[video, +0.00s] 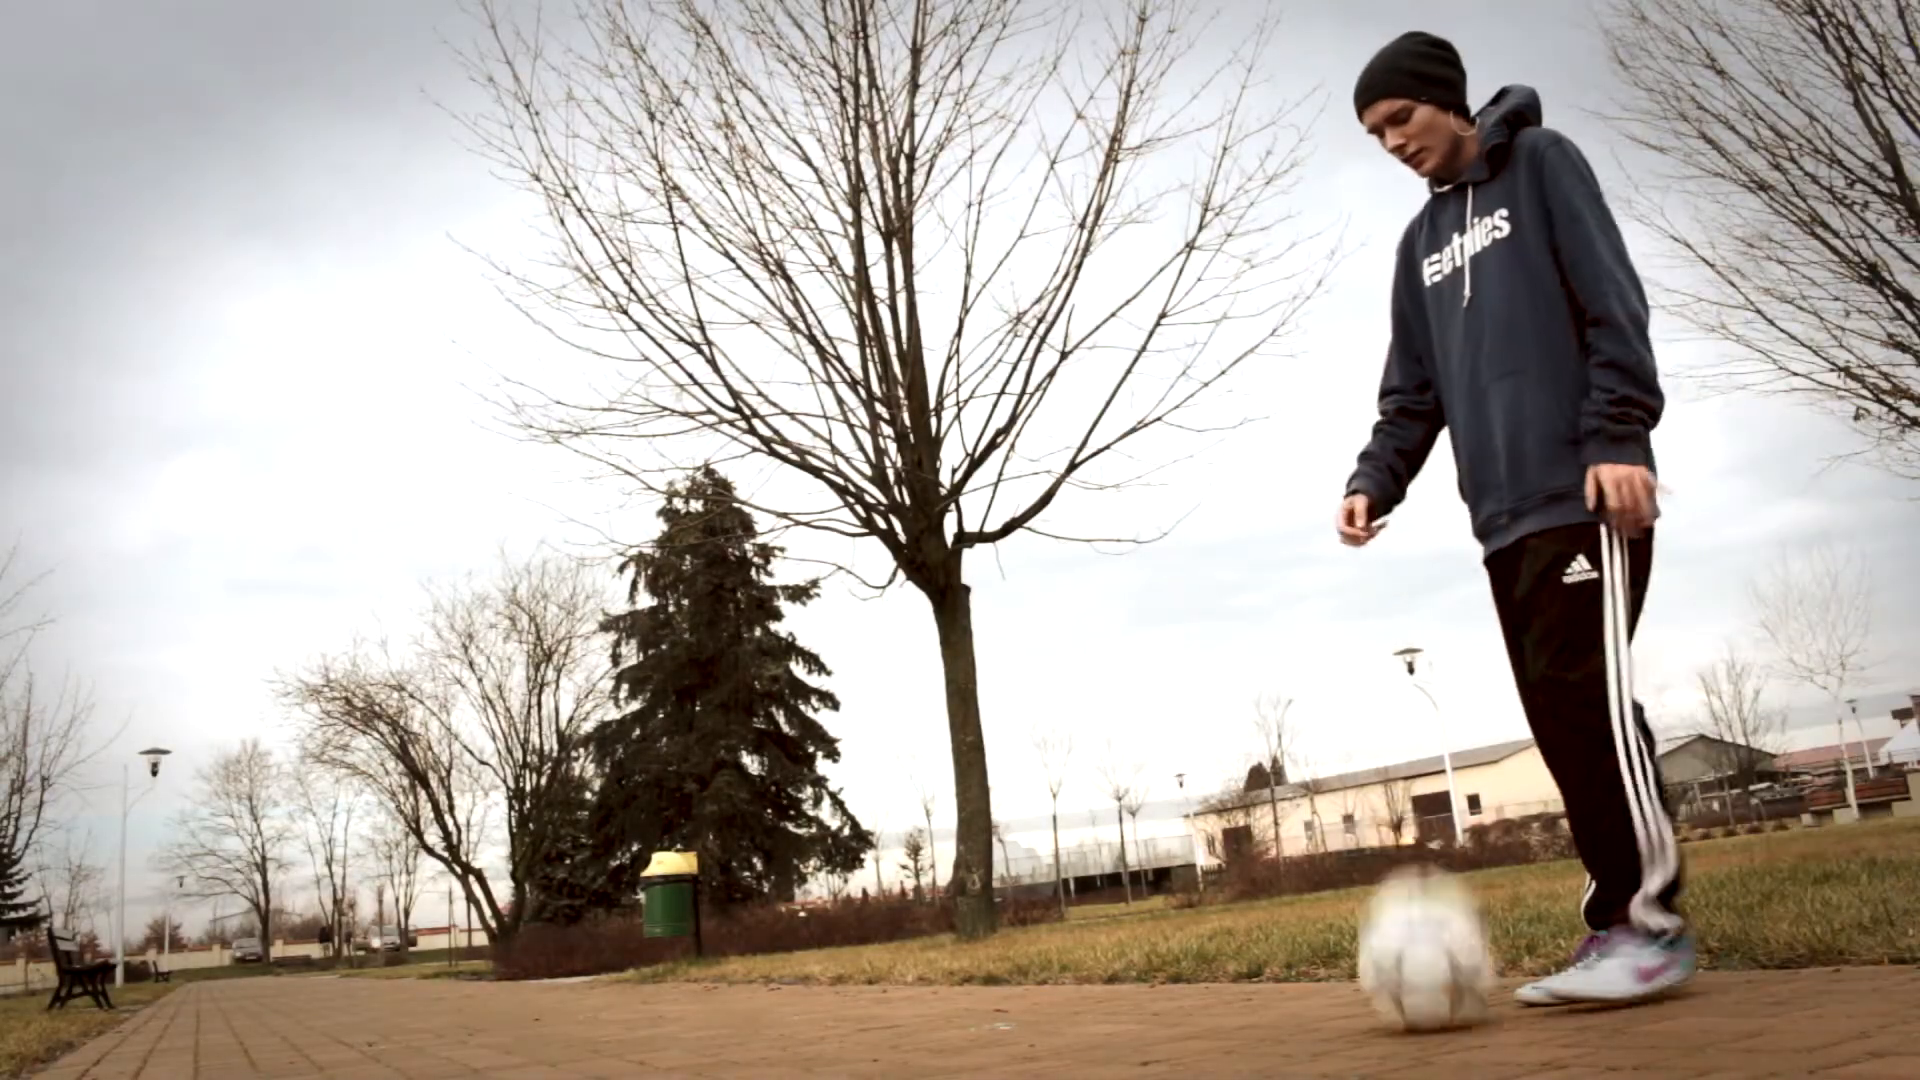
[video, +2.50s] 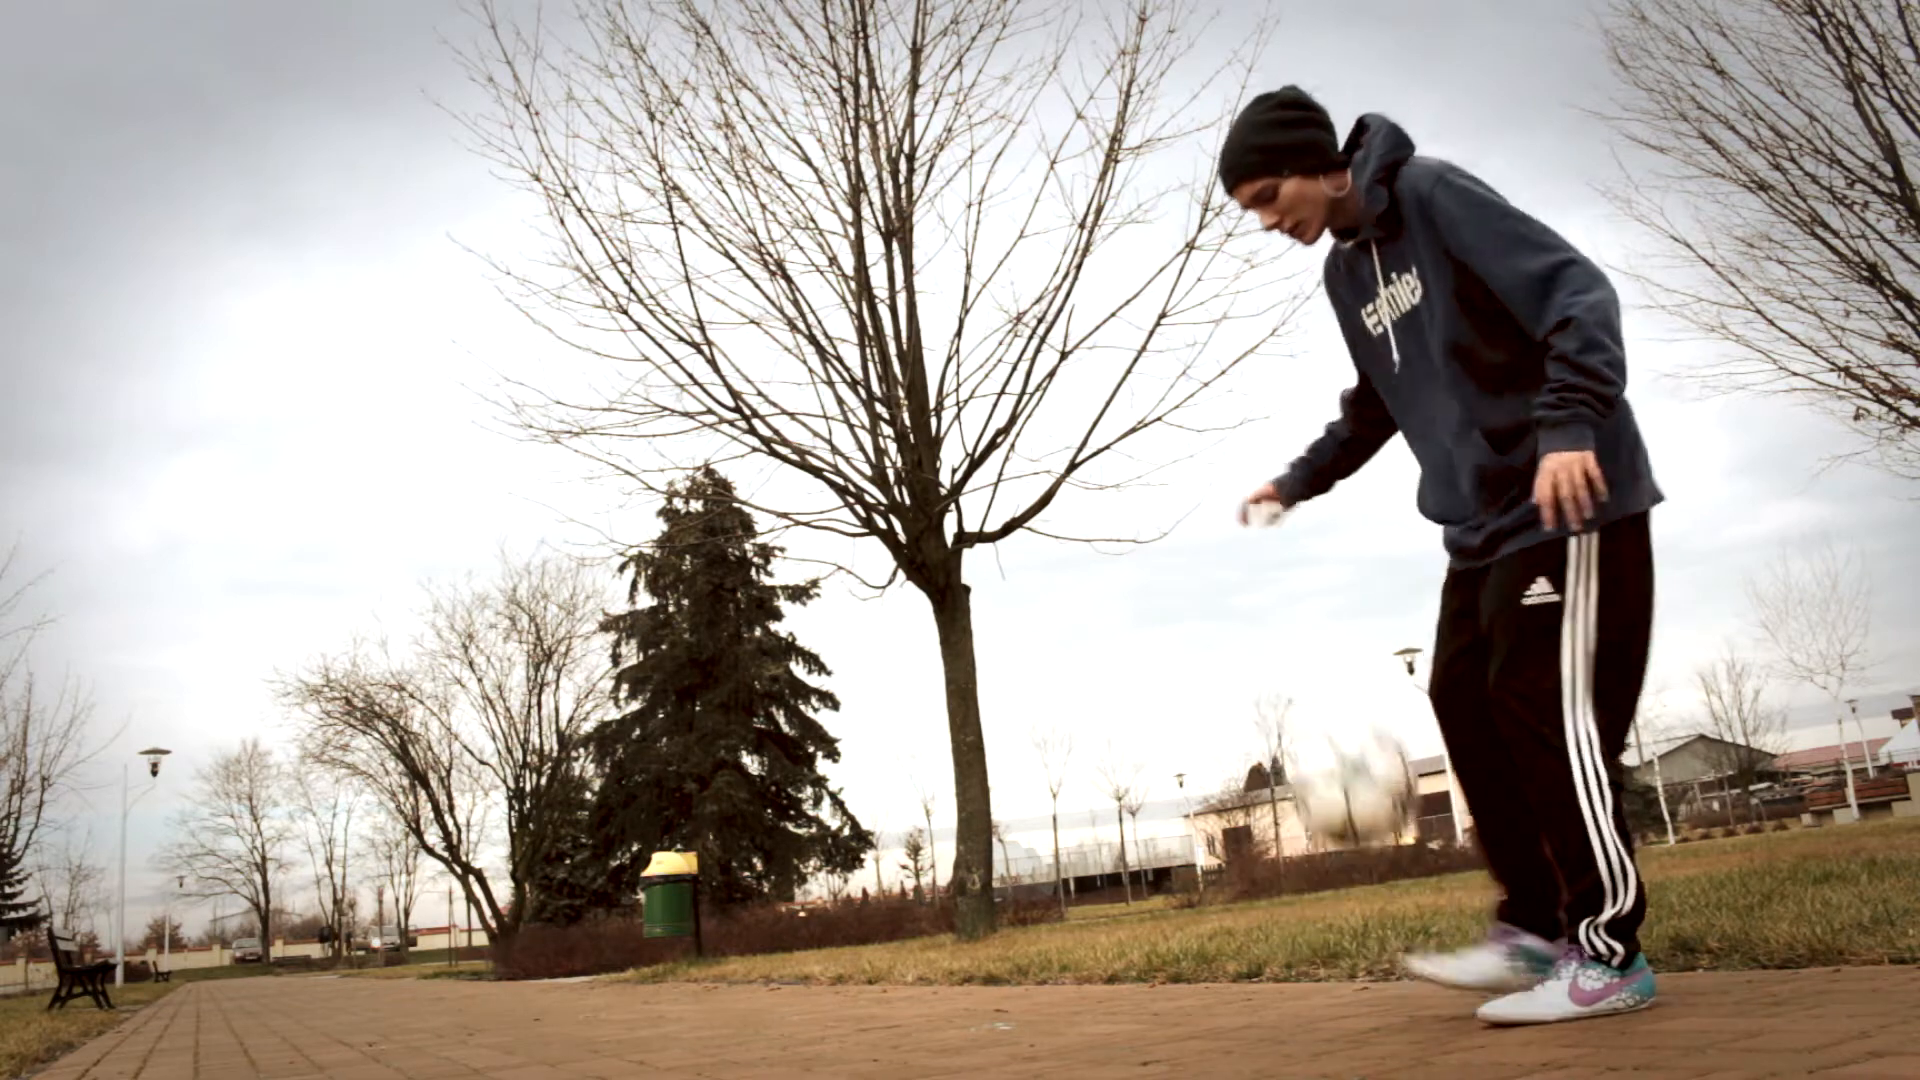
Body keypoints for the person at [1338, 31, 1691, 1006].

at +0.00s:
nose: (1396, 142)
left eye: (1403, 118)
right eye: (1381, 133)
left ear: (1449, 96)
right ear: (1383, 142)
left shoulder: (1541, 162)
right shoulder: (1421, 241)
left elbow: (1613, 305)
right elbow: (1413, 386)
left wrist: (1620, 440)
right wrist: (1374, 480)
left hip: (1581, 485)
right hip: (1501, 512)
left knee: (1580, 692)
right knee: (1553, 710)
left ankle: (1654, 929)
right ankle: (1617, 930)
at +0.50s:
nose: (1379, 149)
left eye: (1387, 125)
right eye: (1364, 139)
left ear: (1431, 103)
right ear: (1366, 143)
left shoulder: (1520, 171)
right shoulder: (1412, 231)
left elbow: (1564, 322)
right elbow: (1449, 364)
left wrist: (1553, 469)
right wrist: (1452, 466)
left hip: (1563, 497)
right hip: (1465, 509)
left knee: (1602, 726)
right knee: (1422, 700)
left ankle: (1627, 943)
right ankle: (1409, 904)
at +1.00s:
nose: (1333, 171)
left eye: (1337, 147)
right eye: (1318, 162)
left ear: (1387, 119)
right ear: (1328, 164)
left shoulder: (1490, 178)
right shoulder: (1377, 257)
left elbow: (1584, 301)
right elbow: (1360, 404)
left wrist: (1645, 445)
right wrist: (1286, 512)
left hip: (1525, 491)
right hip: (1449, 510)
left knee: (1429, 695)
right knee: (1479, 716)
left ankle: (1467, 930)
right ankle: (1546, 949)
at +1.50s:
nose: (1324, 163)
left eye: (1327, 138)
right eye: (1309, 154)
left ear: (1377, 108)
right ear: (1321, 153)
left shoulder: (1474, 169)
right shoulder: (1380, 238)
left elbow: (1547, 318)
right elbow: (1421, 388)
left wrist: (1520, 447)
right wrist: (1399, 499)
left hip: (1539, 503)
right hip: (1447, 525)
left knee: (1558, 720)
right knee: (1439, 710)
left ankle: (1607, 952)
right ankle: (1521, 938)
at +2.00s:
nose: (1299, 192)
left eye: (1299, 169)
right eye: (1286, 181)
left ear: (1341, 137)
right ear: (1311, 167)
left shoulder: (1451, 174)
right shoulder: (1368, 253)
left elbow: (1566, 302)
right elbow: (1411, 408)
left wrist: (1595, 443)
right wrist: (1396, 520)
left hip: (1531, 493)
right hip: (1462, 513)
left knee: (1471, 690)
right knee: (1487, 704)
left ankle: (1555, 933)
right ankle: (1561, 938)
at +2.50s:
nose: (1268, 222)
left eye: (1268, 200)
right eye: (1254, 211)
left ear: (1310, 164)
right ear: (1276, 190)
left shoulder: (1428, 192)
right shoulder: (1347, 268)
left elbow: (1576, 289)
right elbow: (1386, 391)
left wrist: (1571, 432)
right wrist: (1297, 481)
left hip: (1565, 495)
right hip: (1483, 521)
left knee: (1550, 709)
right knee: (1466, 701)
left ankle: (1609, 955)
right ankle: (1533, 930)